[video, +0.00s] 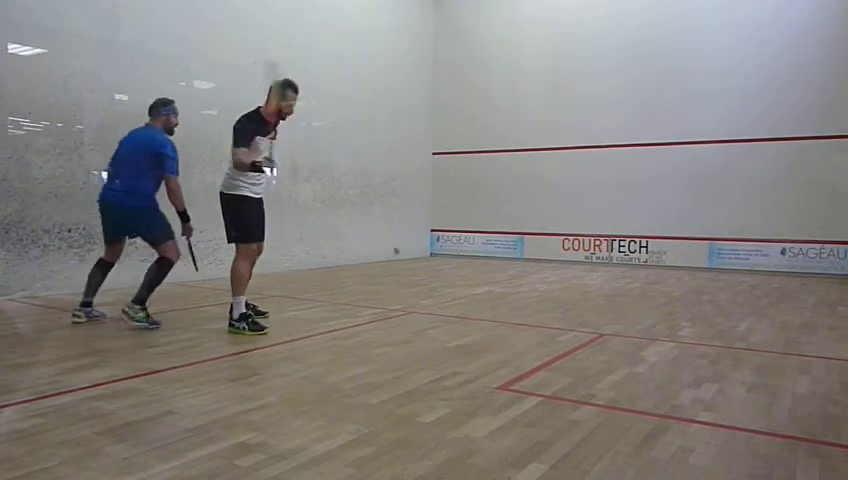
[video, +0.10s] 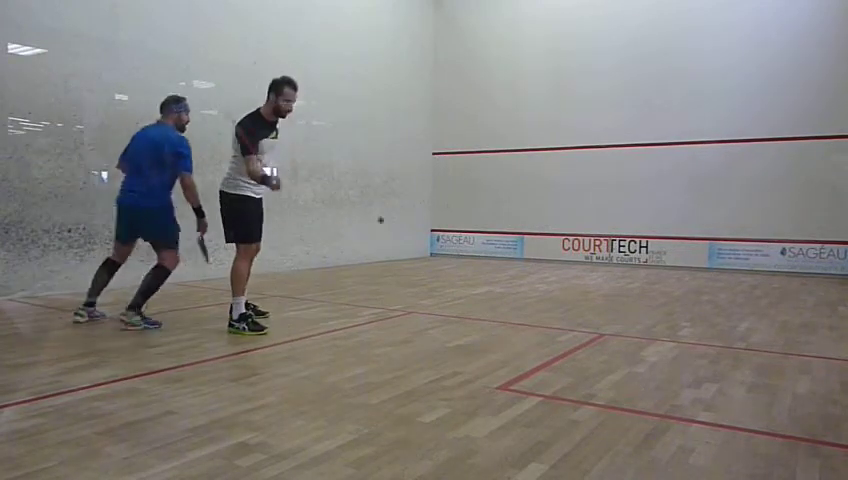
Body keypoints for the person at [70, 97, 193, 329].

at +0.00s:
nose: (177, 122)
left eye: (177, 117)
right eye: (175, 117)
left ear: (154, 117)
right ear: (165, 117)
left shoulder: (131, 136)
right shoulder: (165, 144)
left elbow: (113, 169)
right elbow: (172, 186)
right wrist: (185, 220)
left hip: (110, 202)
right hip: (140, 205)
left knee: (111, 253)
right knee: (170, 254)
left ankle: (85, 306)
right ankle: (137, 306)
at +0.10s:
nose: (188, 119)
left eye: (188, 114)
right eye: (186, 114)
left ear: (165, 114)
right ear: (176, 114)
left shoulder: (143, 133)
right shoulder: (179, 142)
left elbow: (123, 164)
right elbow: (186, 182)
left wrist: (146, 180)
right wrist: (200, 215)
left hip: (127, 205)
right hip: (156, 209)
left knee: (118, 254)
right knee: (169, 259)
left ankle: (87, 305)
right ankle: (133, 311)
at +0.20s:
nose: (202, 116)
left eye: (201, 111)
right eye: (200, 111)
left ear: (178, 111)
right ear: (191, 112)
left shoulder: (156, 130)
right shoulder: (197, 138)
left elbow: (134, 161)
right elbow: (204, 176)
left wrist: (156, 175)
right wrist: (215, 207)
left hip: (144, 199)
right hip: (173, 202)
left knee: (145, 246)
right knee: (177, 257)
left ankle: (115, 294)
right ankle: (139, 303)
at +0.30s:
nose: (215, 125)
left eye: (215, 120)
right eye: (213, 120)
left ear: (192, 120)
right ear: (205, 121)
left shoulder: (169, 142)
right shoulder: (212, 146)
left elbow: (155, 175)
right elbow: (220, 185)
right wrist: (234, 213)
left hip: (159, 202)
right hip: (188, 204)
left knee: (162, 245)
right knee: (210, 251)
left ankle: (136, 296)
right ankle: (165, 286)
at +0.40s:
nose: (233, 140)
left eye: (233, 136)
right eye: (232, 136)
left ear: (211, 135)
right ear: (227, 136)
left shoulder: (196, 151)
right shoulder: (227, 158)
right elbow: (236, 193)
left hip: (175, 212)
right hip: (203, 215)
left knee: (166, 258)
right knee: (245, 239)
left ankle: (136, 303)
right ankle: (219, 288)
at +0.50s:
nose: (267, 148)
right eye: (265, 145)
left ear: (241, 136)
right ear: (260, 142)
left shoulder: (231, 155)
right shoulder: (258, 165)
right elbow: (274, 199)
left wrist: (292, 233)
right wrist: (290, 231)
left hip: (203, 216)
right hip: (229, 219)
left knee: (180, 259)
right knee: (278, 240)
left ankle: (141, 303)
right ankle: (276, 289)